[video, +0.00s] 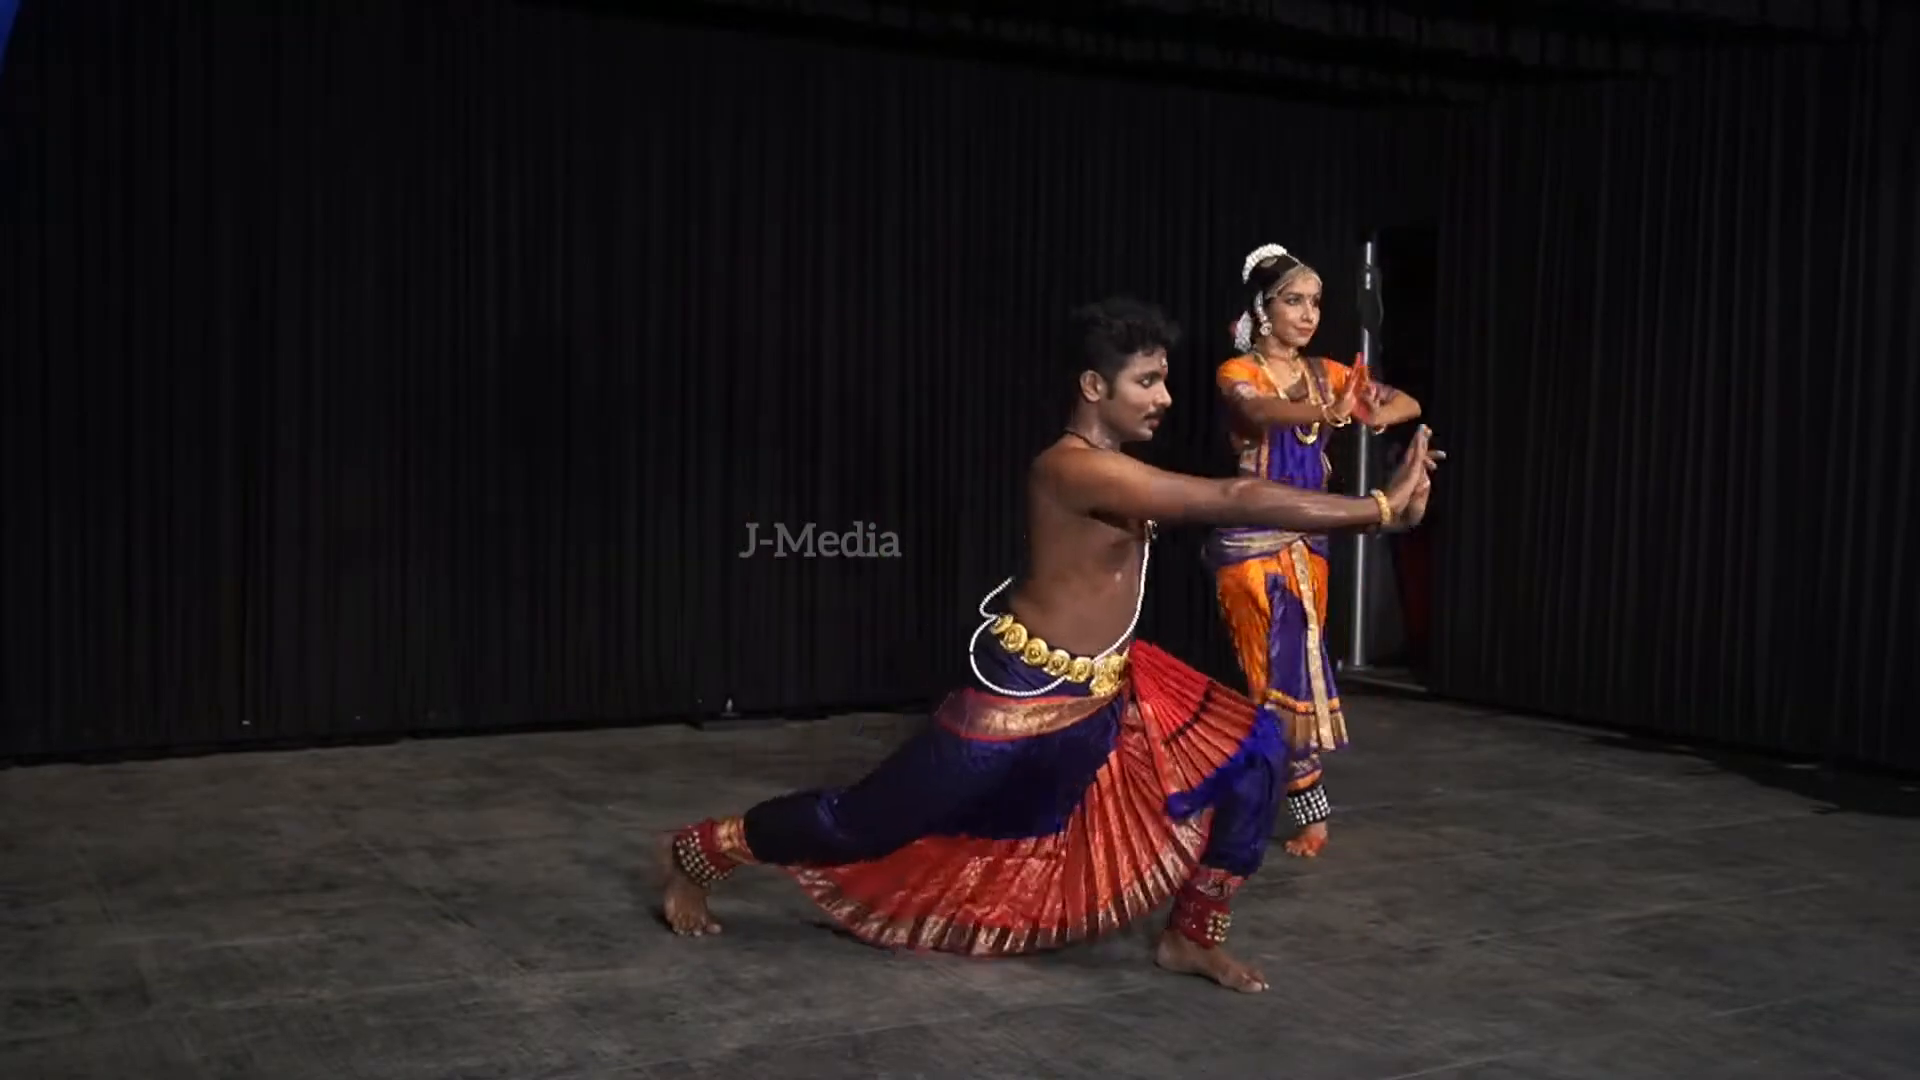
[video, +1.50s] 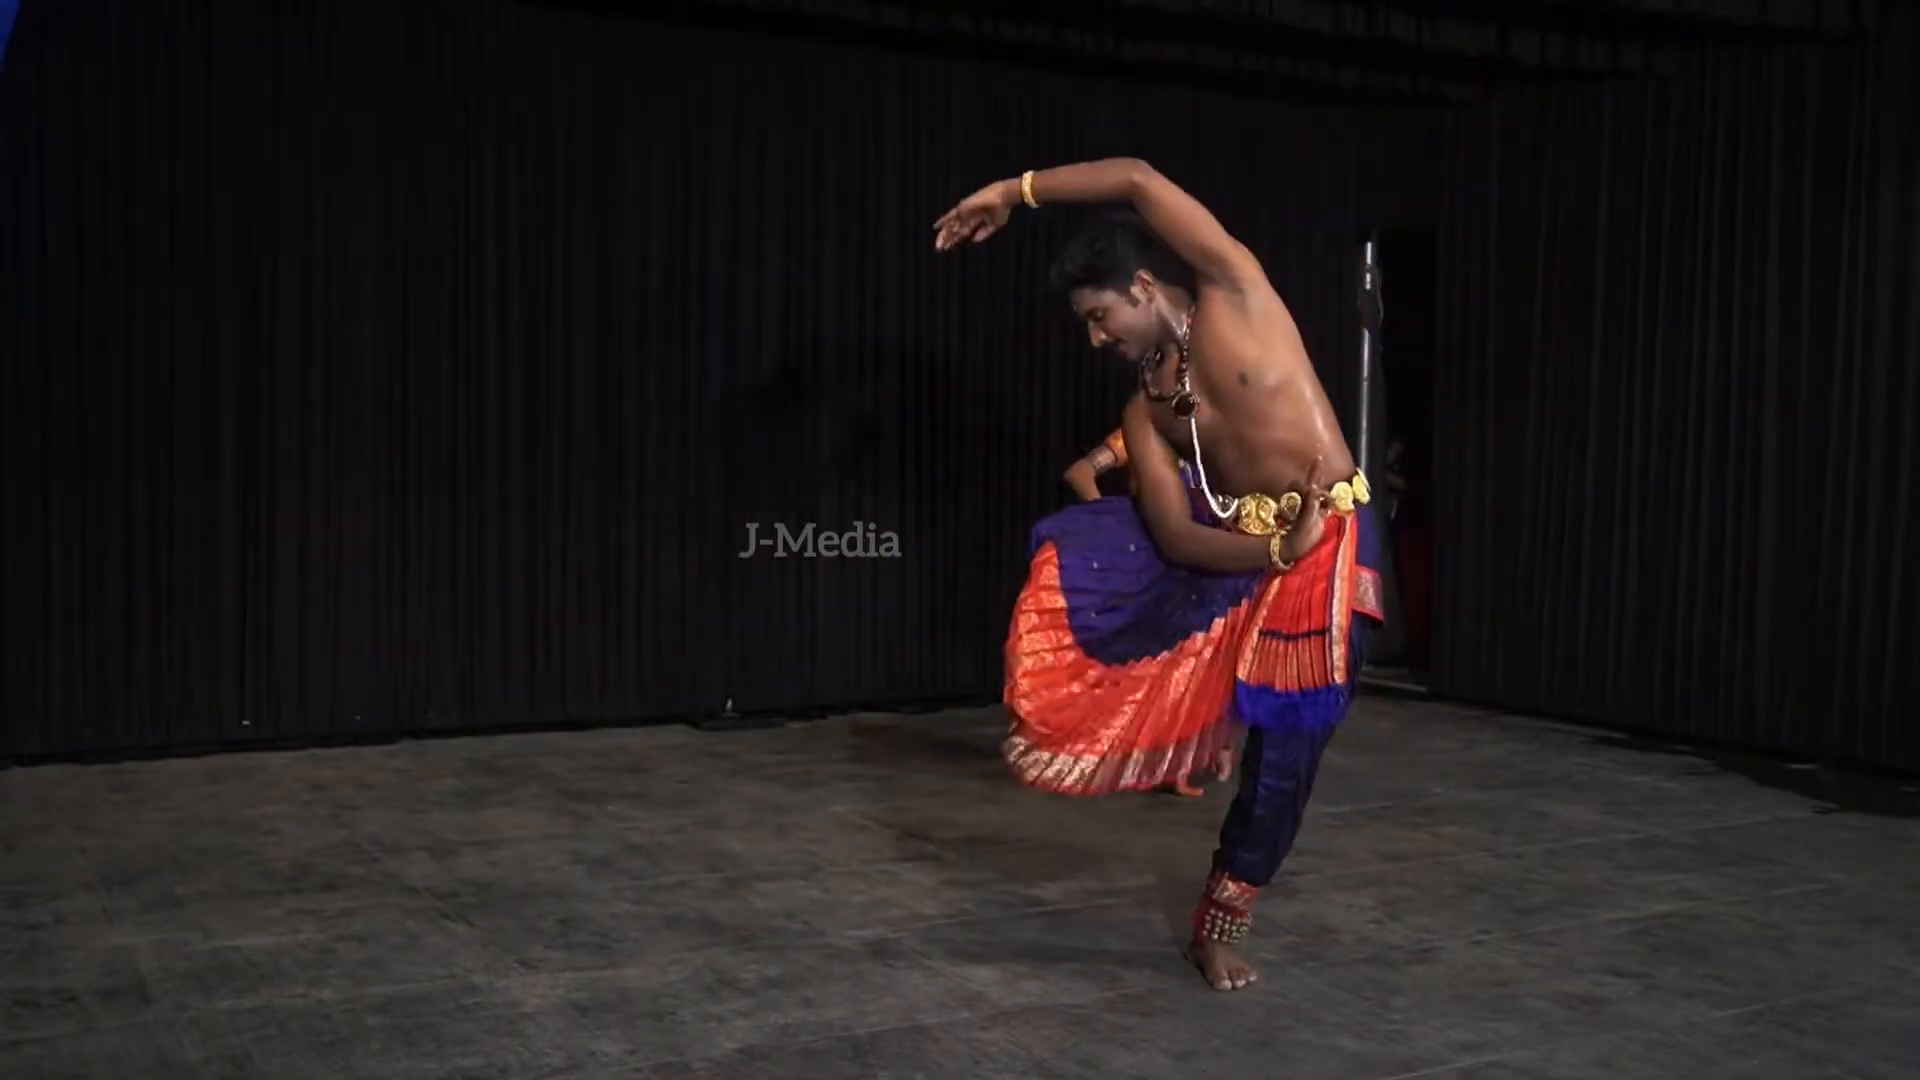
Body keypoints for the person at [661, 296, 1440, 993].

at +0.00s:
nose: (1163, 399)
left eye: (1166, 383)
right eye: (1146, 383)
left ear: (1141, 391)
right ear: (1092, 387)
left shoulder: (1126, 462)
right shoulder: (1072, 467)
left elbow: (1218, 506)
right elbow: (1230, 503)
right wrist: (1375, 512)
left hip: (1108, 679)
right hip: (1022, 687)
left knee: (1257, 752)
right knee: (866, 825)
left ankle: (1194, 934)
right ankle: (698, 852)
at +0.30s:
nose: (1237, 420)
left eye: (1241, 404)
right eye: (1218, 404)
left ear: (1239, 410)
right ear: (1160, 409)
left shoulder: (1239, 491)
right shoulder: (1104, 491)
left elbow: (1328, 542)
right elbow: (1166, 530)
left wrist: (1402, 547)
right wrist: (1264, 528)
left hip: (1185, 713)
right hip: (1082, 703)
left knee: (1315, 795)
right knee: (935, 794)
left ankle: (1191, 930)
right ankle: (768, 863)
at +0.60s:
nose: (1205, 360)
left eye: (1221, 343)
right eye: (1187, 344)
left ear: (1244, 355)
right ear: (1160, 356)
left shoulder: (1286, 449)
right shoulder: (1113, 445)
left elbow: (1398, 523)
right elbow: (1004, 522)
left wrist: (1278, 527)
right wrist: (1112, 540)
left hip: (1235, 672)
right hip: (1120, 663)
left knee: (1319, 806)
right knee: (998, 785)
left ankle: (1201, 929)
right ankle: (846, 896)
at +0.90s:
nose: (1172, 298)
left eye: (1188, 281)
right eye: (1155, 283)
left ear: (1217, 289)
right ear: (1135, 296)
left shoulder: (1274, 354)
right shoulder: (1107, 405)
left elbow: (1412, 301)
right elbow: (1037, 524)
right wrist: (1139, 544)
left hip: (1271, 602)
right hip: (1159, 609)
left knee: (1283, 792)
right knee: (1060, 756)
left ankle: (1218, 932)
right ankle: (939, 894)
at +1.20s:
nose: (1145, 283)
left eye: (1159, 263)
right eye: (1129, 272)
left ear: (1198, 260)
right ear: (1121, 285)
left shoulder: (1259, 295)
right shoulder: (1132, 402)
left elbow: (1236, 150)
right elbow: (1127, 534)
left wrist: (1168, 41)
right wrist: (1218, 549)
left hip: (1305, 551)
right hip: (1202, 567)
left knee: (1291, 763)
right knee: (1063, 647)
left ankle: (1223, 923)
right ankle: (1145, 830)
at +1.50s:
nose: (1097, 340)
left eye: (1100, 318)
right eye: (1087, 327)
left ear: (1146, 287)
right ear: (1121, 309)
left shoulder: (1235, 291)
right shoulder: (1145, 412)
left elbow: (1135, 175)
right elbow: (1177, 536)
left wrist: (1014, 190)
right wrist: (1277, 551)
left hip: (1326, 533)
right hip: (1229, 541)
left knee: (1290, 748)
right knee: (1069, 548)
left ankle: (1223, 923)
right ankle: (1173, 730)